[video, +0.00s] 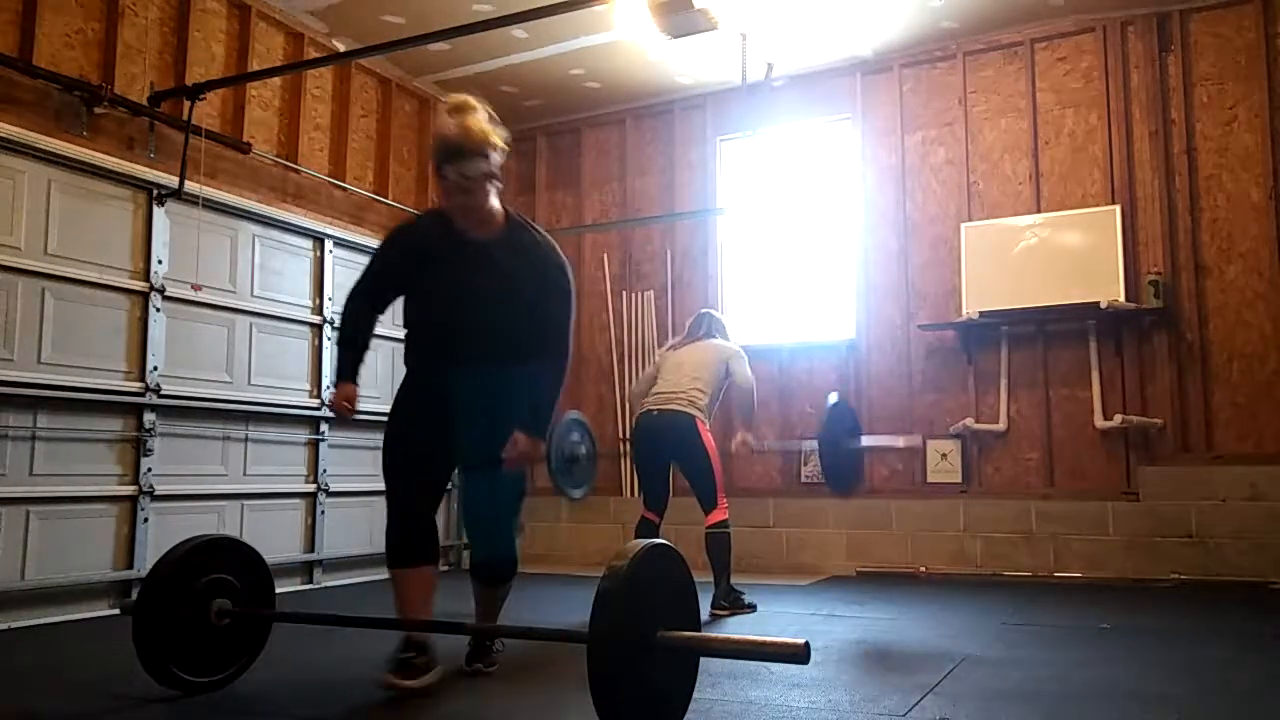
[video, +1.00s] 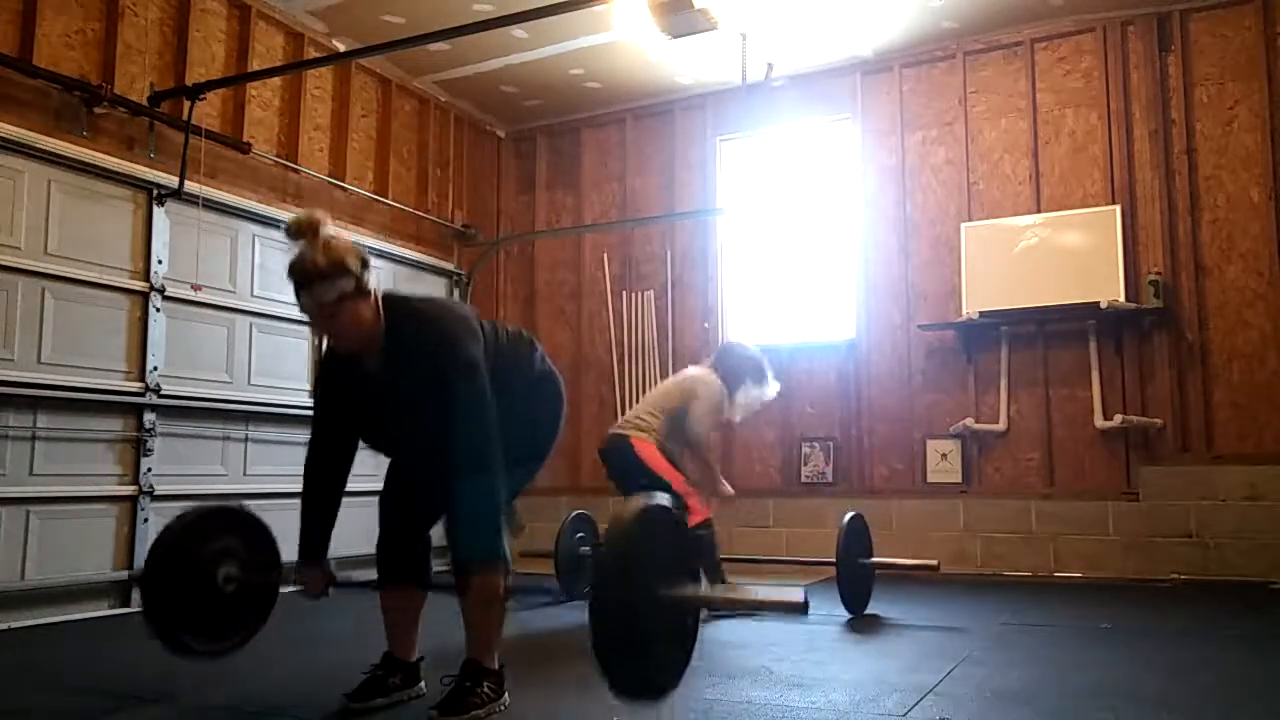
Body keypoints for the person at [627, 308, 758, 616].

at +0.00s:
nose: (727, 342)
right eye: (727, 337)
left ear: (692, 331)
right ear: (721, 333)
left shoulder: (669, 351)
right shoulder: (729, 349)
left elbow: (636, 391)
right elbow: (745, 381)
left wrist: (643, 426)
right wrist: (745, 429)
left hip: (646, 425)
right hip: (686, 425)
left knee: (653, 506)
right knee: (715, 508)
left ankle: (632, 587)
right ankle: (723, 592)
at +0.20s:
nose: (728, 343)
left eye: (726, 341)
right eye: (728, 339)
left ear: (695, 334)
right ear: (722, 336)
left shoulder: (670, 351)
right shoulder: (726, 347)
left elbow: (630, 362)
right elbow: (749, 355)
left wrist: (645, 398)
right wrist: (739, 394)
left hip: (649, 424)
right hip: (688, 424)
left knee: (655, 506)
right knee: (717, 508)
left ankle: (629, 584)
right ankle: (723, 592)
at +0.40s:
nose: (733, 346)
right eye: (733, 342)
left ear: (698, 335)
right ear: (727, 338)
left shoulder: (675, 353)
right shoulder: (732, 354)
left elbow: (639, 392)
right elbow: (746, 386)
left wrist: (646, 428)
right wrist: (744, 431)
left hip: (646, 422)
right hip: (685, 423)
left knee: (652, 506)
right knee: (713, 508)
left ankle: (632, 587)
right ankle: (723, 591)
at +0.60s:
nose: (740, 384)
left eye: (739, 380)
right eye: (738, 380)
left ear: (699, 369)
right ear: (729, 375)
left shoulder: (676, 385)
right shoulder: (732, 394)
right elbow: (743, 449)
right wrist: (746, 500)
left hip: (640, 441)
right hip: (682, 443)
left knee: (650, 514)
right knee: (724, 513)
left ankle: (636, 588)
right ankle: (724, 593)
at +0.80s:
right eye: (743, 407)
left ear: (709, 394)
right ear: (740, 404)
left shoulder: (685, 407)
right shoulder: (735, 418)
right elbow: (745, 479)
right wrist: (751, 528)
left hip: (633, 457)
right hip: (674, 459)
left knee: (658, 516)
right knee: (725, 513)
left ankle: (634, 580)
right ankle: (725, 594)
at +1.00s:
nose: (755, 407)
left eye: (759, 402)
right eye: (755, 398)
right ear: (739, 381)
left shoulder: (696, 378)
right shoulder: (709, 384)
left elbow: (670, 444)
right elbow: (698, 433)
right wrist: (716, 480)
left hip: (619, 442)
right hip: (634, 442)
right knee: (694, 507)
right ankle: (717, 584)